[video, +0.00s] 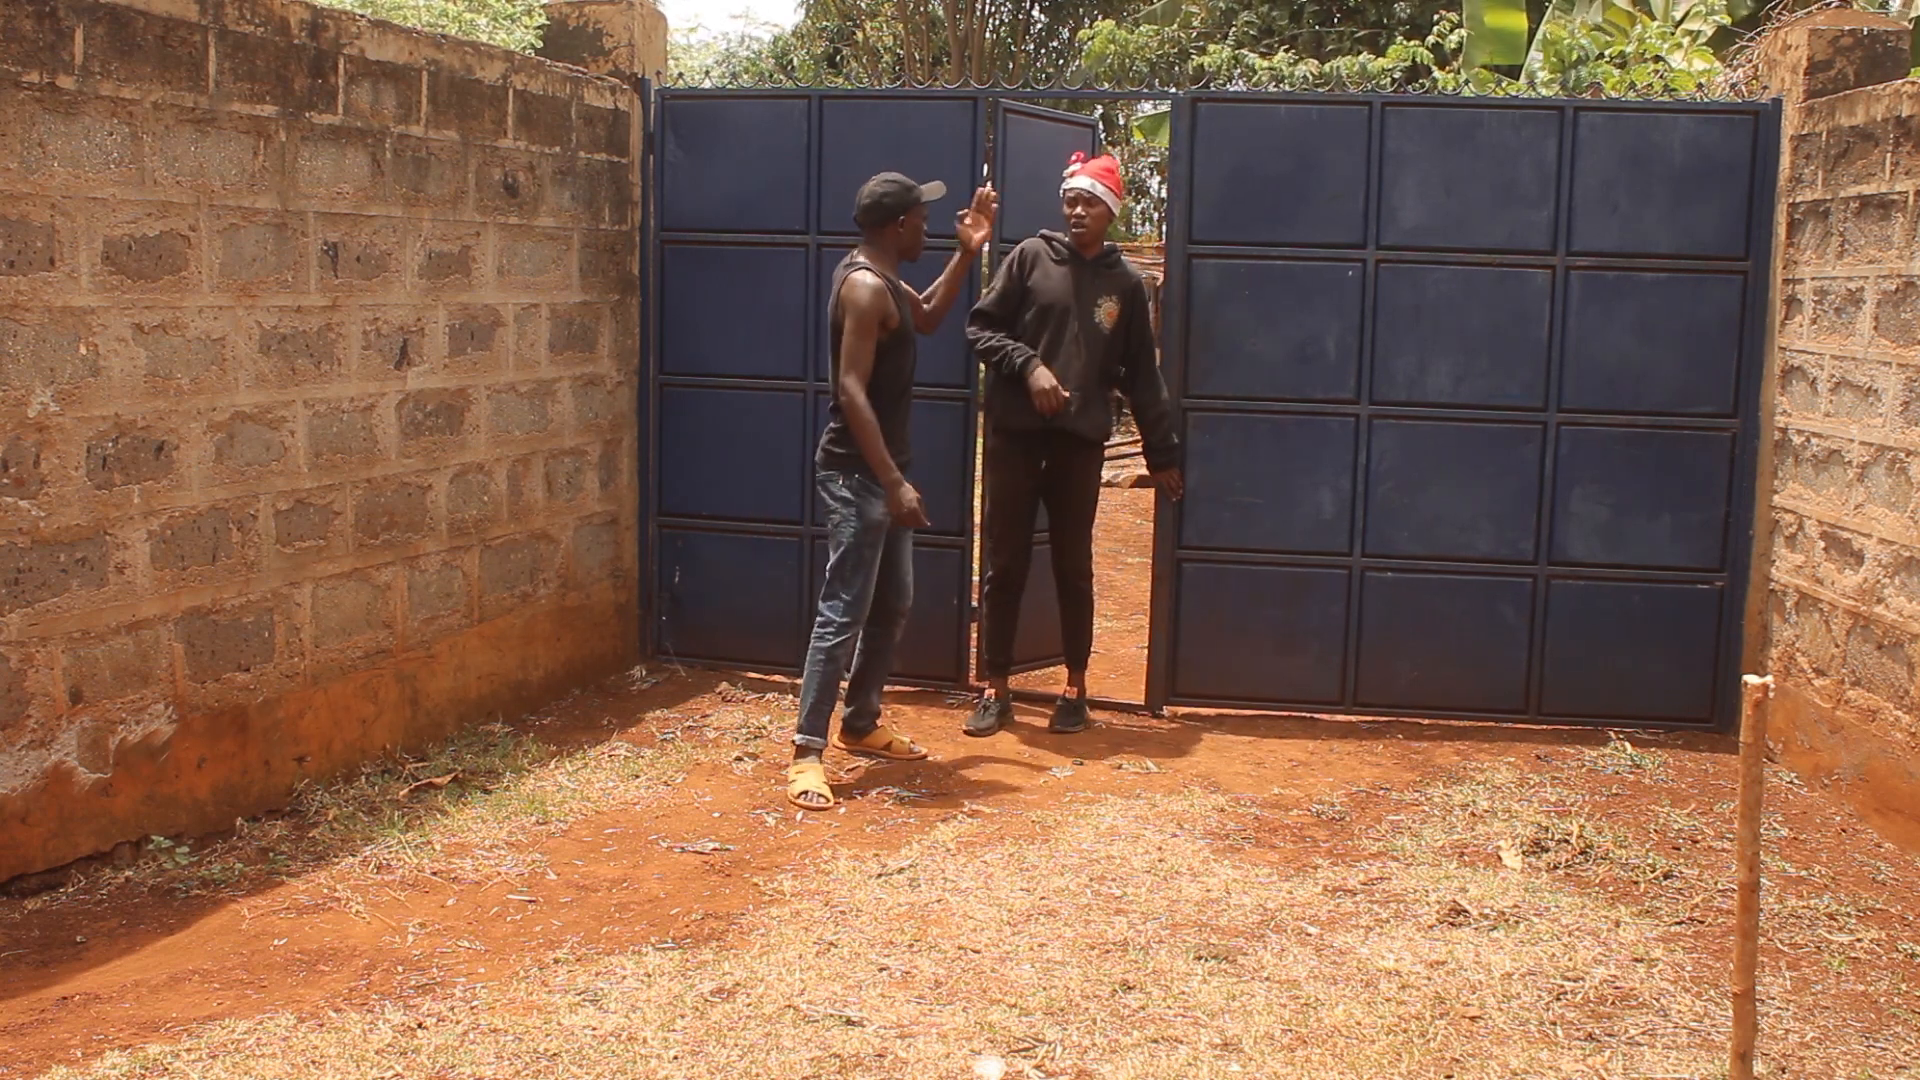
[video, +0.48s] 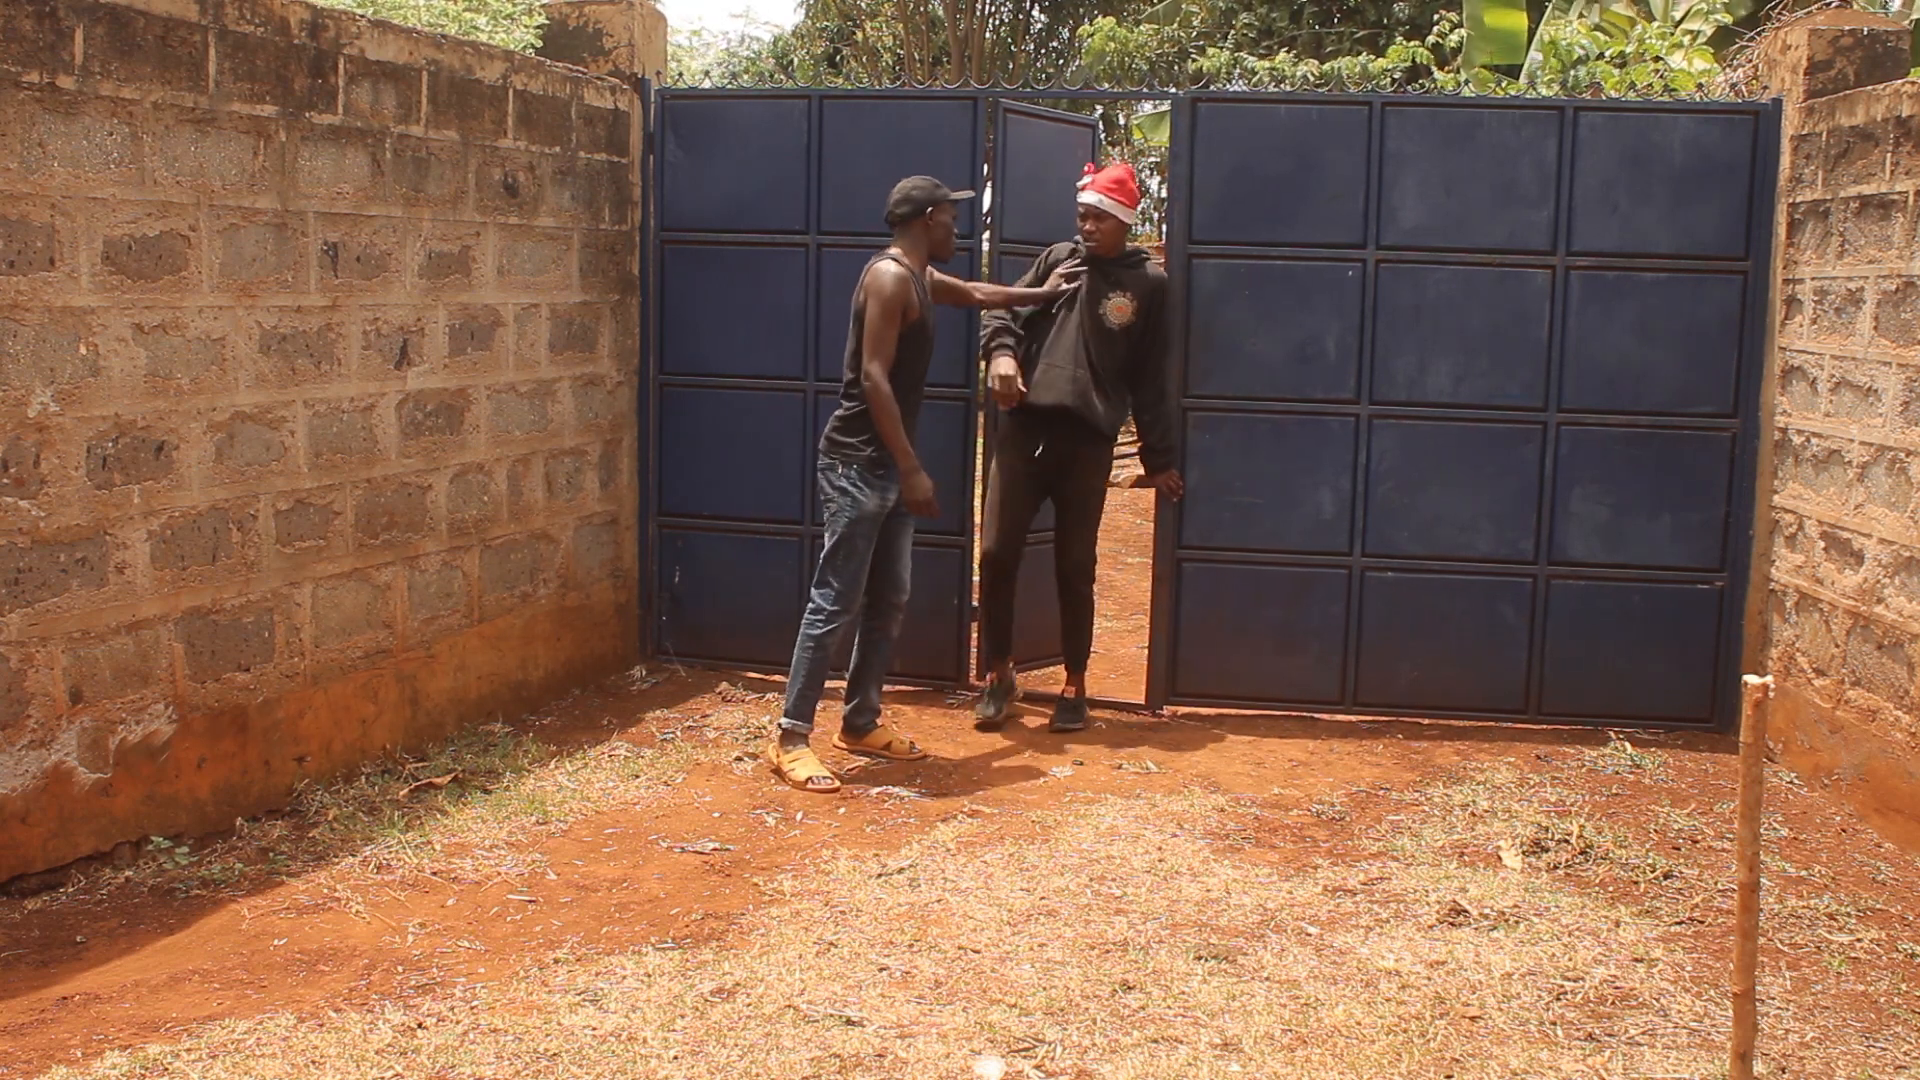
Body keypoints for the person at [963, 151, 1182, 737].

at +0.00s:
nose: (1079, 211)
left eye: (1091, 202)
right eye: (1072, 200)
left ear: (1113, 211)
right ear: (1061, 205)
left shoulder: (1126, 282)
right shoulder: (1029, 255)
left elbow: (1144, 375)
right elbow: (979, 327)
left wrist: (1163, 453)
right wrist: (1027, 363)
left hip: (1079, 446)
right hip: (1012, 439)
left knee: (1073, 565)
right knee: (1005, 564)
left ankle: (1074, 689)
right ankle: (992, 691)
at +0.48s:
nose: (1088, 223)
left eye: (1101, 215)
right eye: (1084, 212)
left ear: (1129, 220)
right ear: (1077, 212)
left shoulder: (1149, 285)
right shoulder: (1054, 257)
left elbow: (1153, 378)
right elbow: (1003, 308)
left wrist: (1160, 459)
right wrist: (1002, 355)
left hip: (1087, 439)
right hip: (1022, 425)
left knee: (1075, 567)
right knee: (996, 555)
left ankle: (1074, 687)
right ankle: (997, 679)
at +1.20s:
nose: (1054, 244)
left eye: (1066, 236)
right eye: (1050, 234)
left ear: (1094, 242)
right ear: (1047, 238)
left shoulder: (1114, 288)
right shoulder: (1045, 291)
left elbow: (1138, 381)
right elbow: (1024, 371)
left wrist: (1155, 461)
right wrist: (988, 428)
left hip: (1118, 447)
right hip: (1075, 447)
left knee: (1071, 553)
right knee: (1107, 566)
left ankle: (1073, 687)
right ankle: (1121, 678)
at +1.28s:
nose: (1052, 246)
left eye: (1064, 238)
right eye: (1049, 236)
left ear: (1092, 243)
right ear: (1047, 240)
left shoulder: (1114, 288)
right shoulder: (1046, 291)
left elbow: (1138, 383)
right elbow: (1023, 370)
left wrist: (1155, 463)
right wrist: (989, 429)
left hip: (1117, 447)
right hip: (1073, 448)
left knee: (1072, 554)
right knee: (1107, 566)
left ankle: (1073, 688)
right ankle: (1120, 678)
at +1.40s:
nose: (1057, 246)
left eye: (1069, 238)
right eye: (1053, 236)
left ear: (1095, 244)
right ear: (1048, 239)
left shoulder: (1117, 290)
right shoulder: (1044, 290)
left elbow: (1140, 383)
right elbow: (1023, 371)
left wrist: (1157, 465)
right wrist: (990, 429)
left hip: (1115, 449)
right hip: (1068, 449)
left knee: (1069, 557)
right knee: (1104, 566)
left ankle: (1072, 690)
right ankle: (1119, 677)